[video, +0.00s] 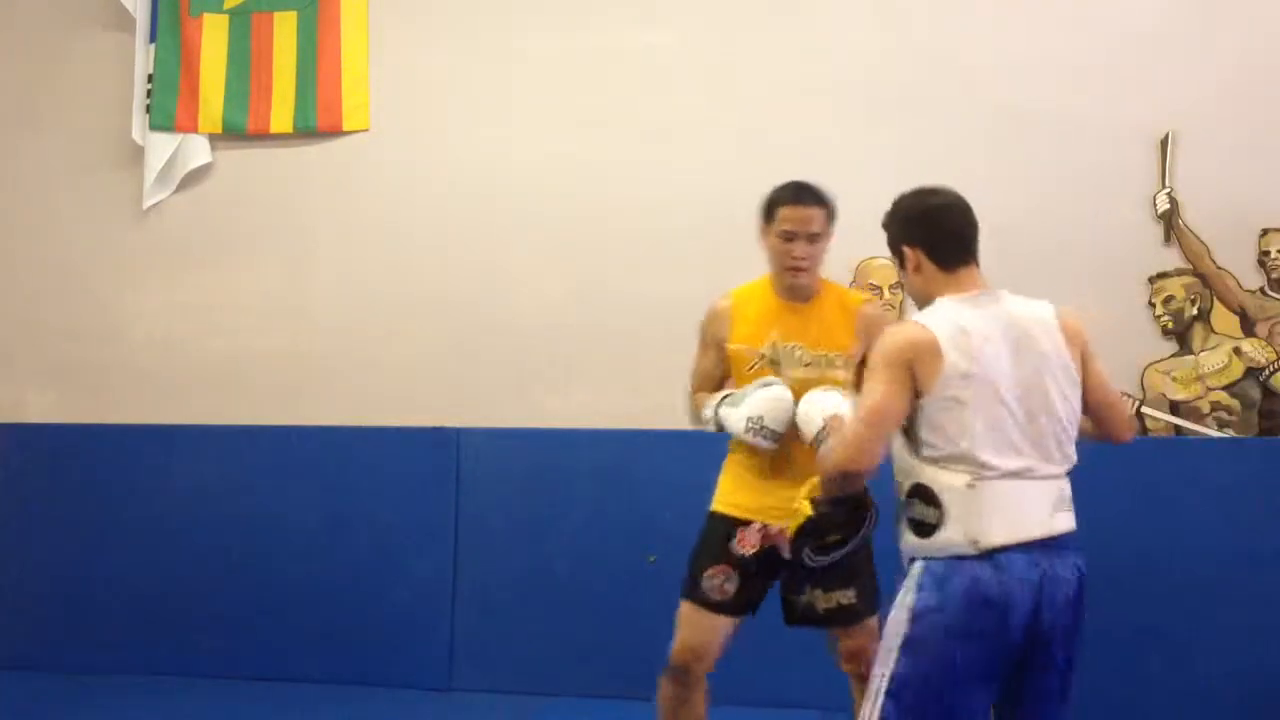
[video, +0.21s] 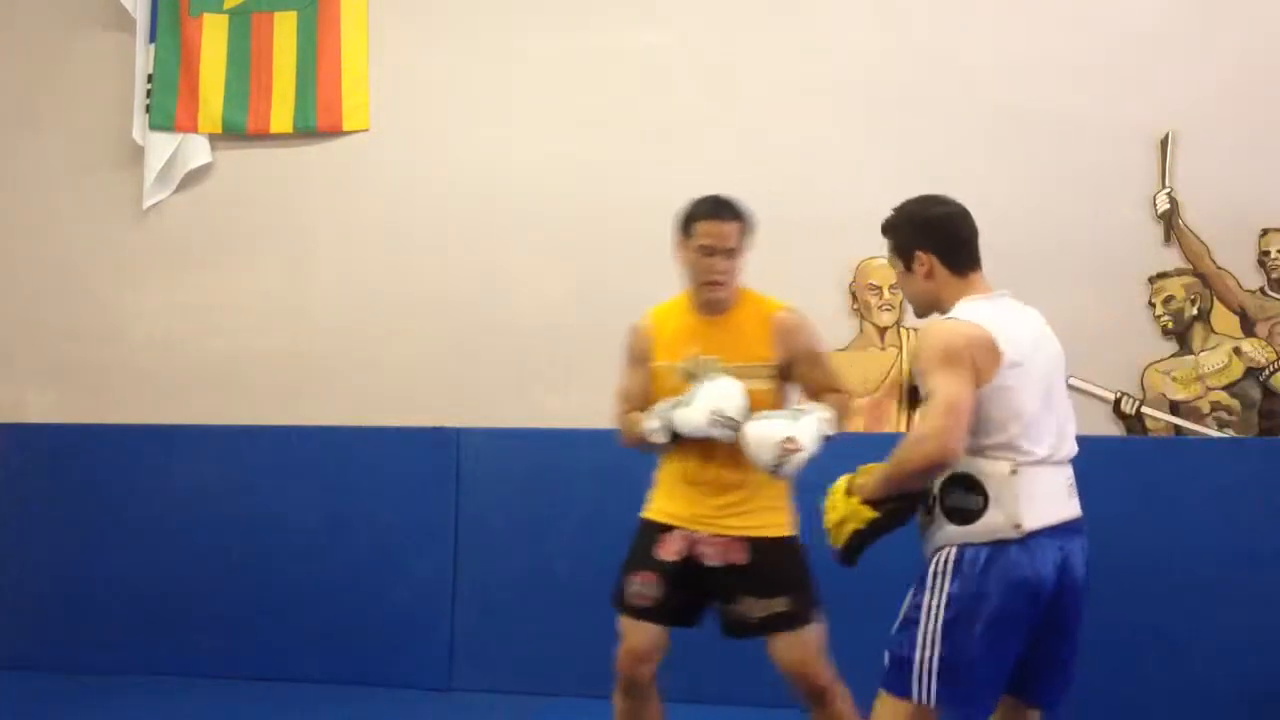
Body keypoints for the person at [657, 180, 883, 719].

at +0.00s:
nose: (799, 251)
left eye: (812, 239)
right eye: (787, 237)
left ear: (829, 242)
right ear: (765, 238)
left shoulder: (864, 316)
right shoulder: (728, 313)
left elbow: (891, 401)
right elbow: (699, 401)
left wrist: (848, 420)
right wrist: (730, 410)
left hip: (830, 511)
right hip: (743, 509)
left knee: (863, 659)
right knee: (686, 660)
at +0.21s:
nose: (719, 266)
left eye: (730, 253)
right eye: (707, 252)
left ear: (745, 255)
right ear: (681, 252)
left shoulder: (784, 328)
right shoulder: (653, 331)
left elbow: (835, 398)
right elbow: (630, 424)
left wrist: (805, 429)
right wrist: (674, 417)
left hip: (760, 523)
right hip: (672, 518)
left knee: (811, 677)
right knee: (633, 664)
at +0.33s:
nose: (677, 256)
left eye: (689, 244)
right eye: (666, 241)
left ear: (702, 245)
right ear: (641, 240)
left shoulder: (740, 313)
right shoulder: (609, 319)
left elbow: (785, 383)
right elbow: (582, 415)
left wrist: (762, 422)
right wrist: (631, 407)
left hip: (724, 514)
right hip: (641, 513)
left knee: (741, 664)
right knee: (630, 665)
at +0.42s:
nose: (658, 246)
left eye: (670, 234)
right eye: (647, 231)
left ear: (683, 238)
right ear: (621, 231)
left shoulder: (719, 307)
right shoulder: (585, 311)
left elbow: (761, 378)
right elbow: (555, 408)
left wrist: (736, 418)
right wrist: (606, 400)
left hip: (704, 503)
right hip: (624, 504)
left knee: (689, 661)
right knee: (629, 664)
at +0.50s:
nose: (647, 242)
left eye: (660, 232)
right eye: (636, 227)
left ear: (671, 238)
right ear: (606, 227)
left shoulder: (703, 312)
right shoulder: (565, 311)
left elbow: (743, 387)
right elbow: (532, 408)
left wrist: (713, 421)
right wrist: (580, 404)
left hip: (679, 505)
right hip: (602, 507)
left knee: (637, 667)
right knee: (616, 669)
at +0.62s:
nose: (643, 240)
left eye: (654, 231)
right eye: (631, 225)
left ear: (662, 240)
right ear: (597, 226)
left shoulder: (684, 324)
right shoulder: (544, 312)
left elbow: (717, 413)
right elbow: (506, 409)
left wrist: (679, 435)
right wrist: (553, 404)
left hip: (636, 517)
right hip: (561, 512)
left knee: (589, 684)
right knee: (564, 673)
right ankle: (614, 710)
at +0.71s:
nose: (642, 233)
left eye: (653, 225)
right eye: (631, 218)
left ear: (659, 235)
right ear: (593, 216)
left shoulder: (672, 322)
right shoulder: (532, 298)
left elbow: (702, 423)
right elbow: (492, 396)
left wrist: (653, 428)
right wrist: (534, 391)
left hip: (619, 521)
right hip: (538, 511)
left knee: (586, 687)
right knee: (506, 672)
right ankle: (568, 712)